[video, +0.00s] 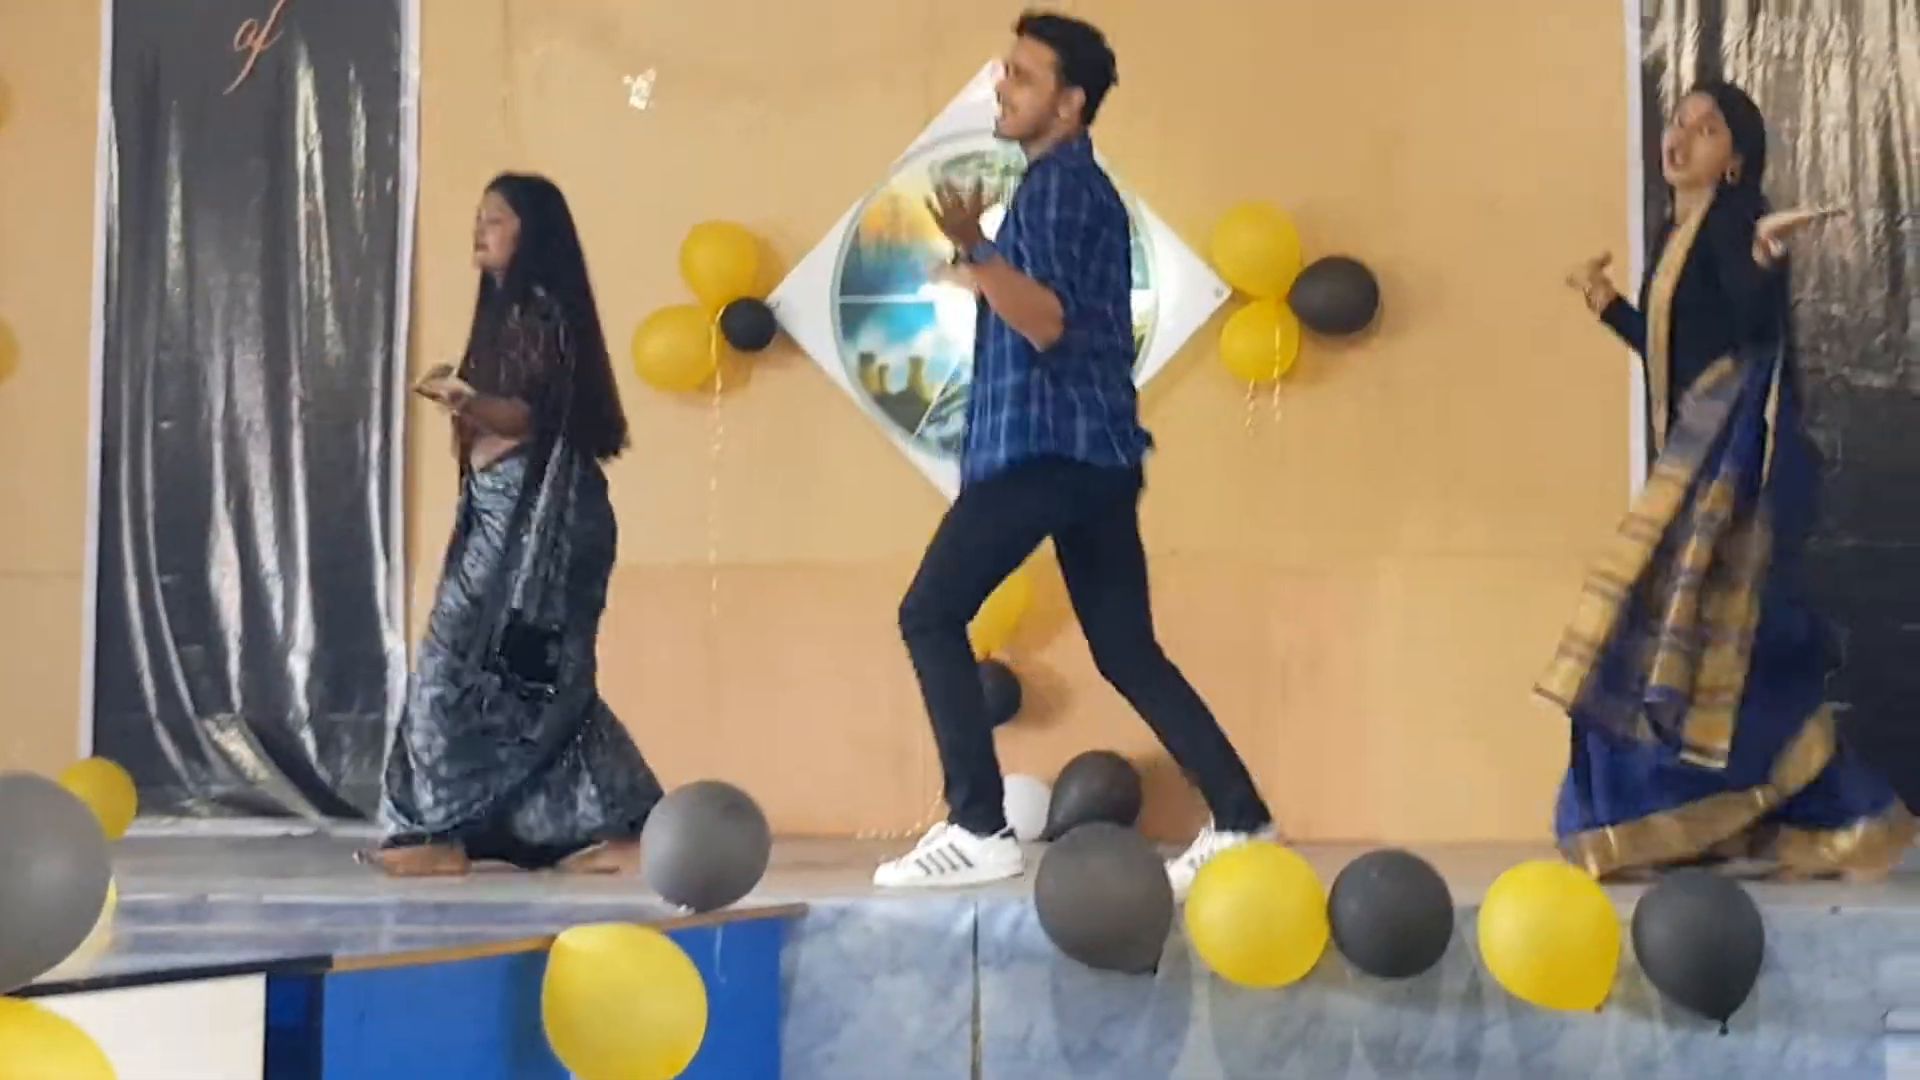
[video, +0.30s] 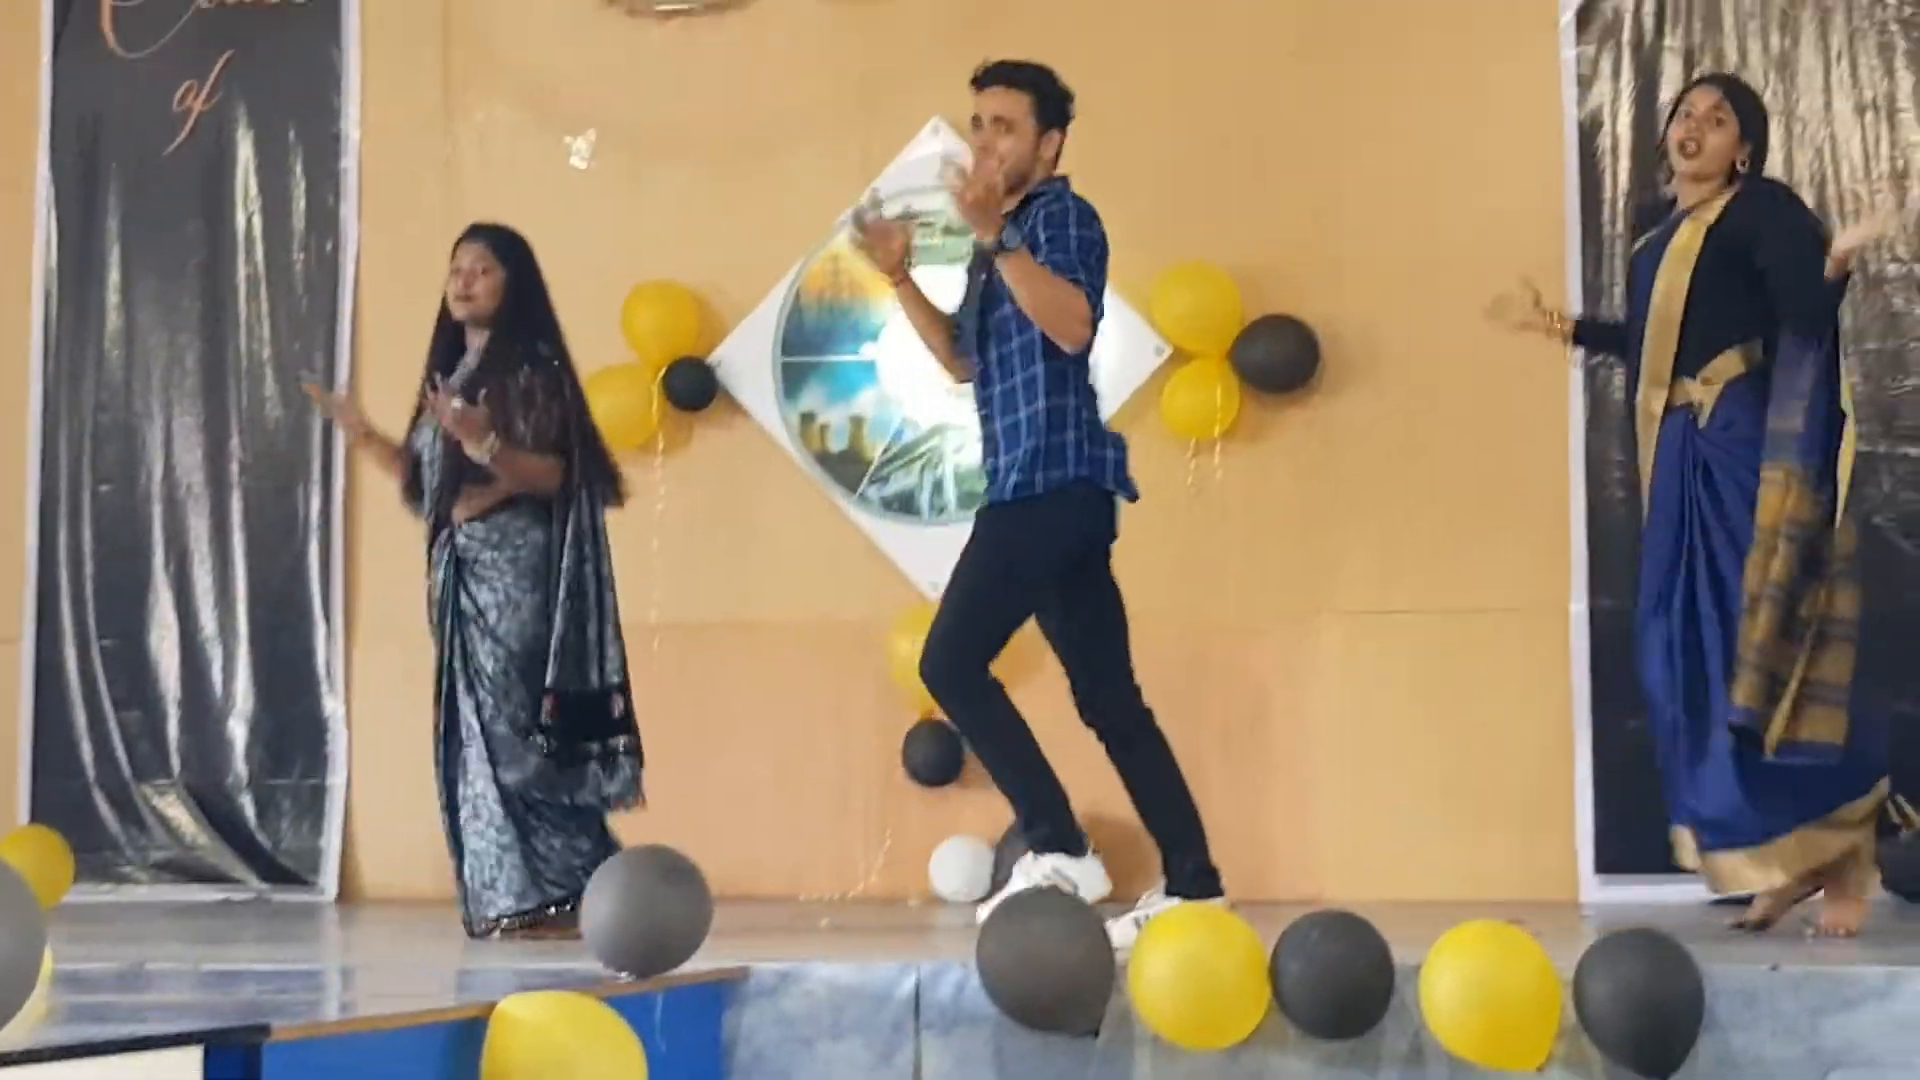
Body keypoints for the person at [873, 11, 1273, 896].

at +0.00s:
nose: (1000, 88)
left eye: (1022, 77)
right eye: (1005, 72)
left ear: (1073, 101)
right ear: (1060, 98)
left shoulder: (1056, 184)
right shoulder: (1087, 189)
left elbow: (1044, 321)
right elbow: (1068, 326)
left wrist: (971, 249)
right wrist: (983, 262)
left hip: (1043, 453)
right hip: (1100, 457)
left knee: (928, 615)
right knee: (1128, 654)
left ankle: (978, 829)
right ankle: (1246, 824)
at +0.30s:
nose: (981, 141)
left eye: (1002, 126)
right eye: (976, 125)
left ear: (1051, 143)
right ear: (972, 141)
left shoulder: (1059, 216)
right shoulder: (998, 239)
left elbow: (1073, 327)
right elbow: (965, 362)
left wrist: (994, 235)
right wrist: (903, 279)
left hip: (1049, 487)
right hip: (1046, 492)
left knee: (950, 663)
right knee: (1111, 703)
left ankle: (1059, 851)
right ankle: (1195, 889)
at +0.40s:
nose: (945, 180)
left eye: (963, 163)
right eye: (935, 165)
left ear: (1007, 171)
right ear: (928, 173)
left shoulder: (1041, 264)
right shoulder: (931, 269)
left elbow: (1062, 398)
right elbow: (935, 402)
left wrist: (967, 332)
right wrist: (862, 382)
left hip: (1021, 517)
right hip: (973, 524)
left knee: (957, 709)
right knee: (1062, 732)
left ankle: (1014, 893)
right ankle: (1161, 904)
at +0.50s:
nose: (902, 233)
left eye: (918, 214)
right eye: (889, 218)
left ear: (960, 213)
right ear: (880, 223)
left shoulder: (1009, 325)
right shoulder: (862, 320)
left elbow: (1020, 461)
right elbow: (852, 444)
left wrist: (930, 397)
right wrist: (811, 510)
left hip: (976, 549)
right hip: (899, 557)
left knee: (942, 752)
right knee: (953, 767)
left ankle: (987, 949)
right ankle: (1124, 919)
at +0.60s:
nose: (844, 276)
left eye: (859, 254)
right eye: (828, 258)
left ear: (894, 238)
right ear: (814, 253)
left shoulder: (959, 323)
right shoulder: (802, 334)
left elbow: (993, 456)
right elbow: (785, 454)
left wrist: (926, 372)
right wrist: (739, 485)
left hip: (933, 569)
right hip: (848, 580)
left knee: (930, 756)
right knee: (824, 778)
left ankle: (976, 937)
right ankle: (986, 871)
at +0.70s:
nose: (772, 281)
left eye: (786, 261)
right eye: (754, 265)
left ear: (817, 238)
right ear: (737, 254)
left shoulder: (888, 297)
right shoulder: (729, 325)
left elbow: (958, 419)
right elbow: (732, 443)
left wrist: (898, 389)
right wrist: (670, 441)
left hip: (876, 560)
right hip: (784, 565)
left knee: (891, 747)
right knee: (704, 739)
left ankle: (952, 937)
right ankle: (779, 901)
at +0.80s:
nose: (719, 292)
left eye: (732, 272)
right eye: (699, 279)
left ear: (755, 247)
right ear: (676, 269)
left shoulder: (820, 313)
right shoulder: (667, 348)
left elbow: (899, 434)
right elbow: (669, 465)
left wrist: (862, 448)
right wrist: (617, 493)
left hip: (816, 575)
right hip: (721, 577)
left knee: (849, 763)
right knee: (628, 751)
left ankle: (922, 936)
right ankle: (568, 934)